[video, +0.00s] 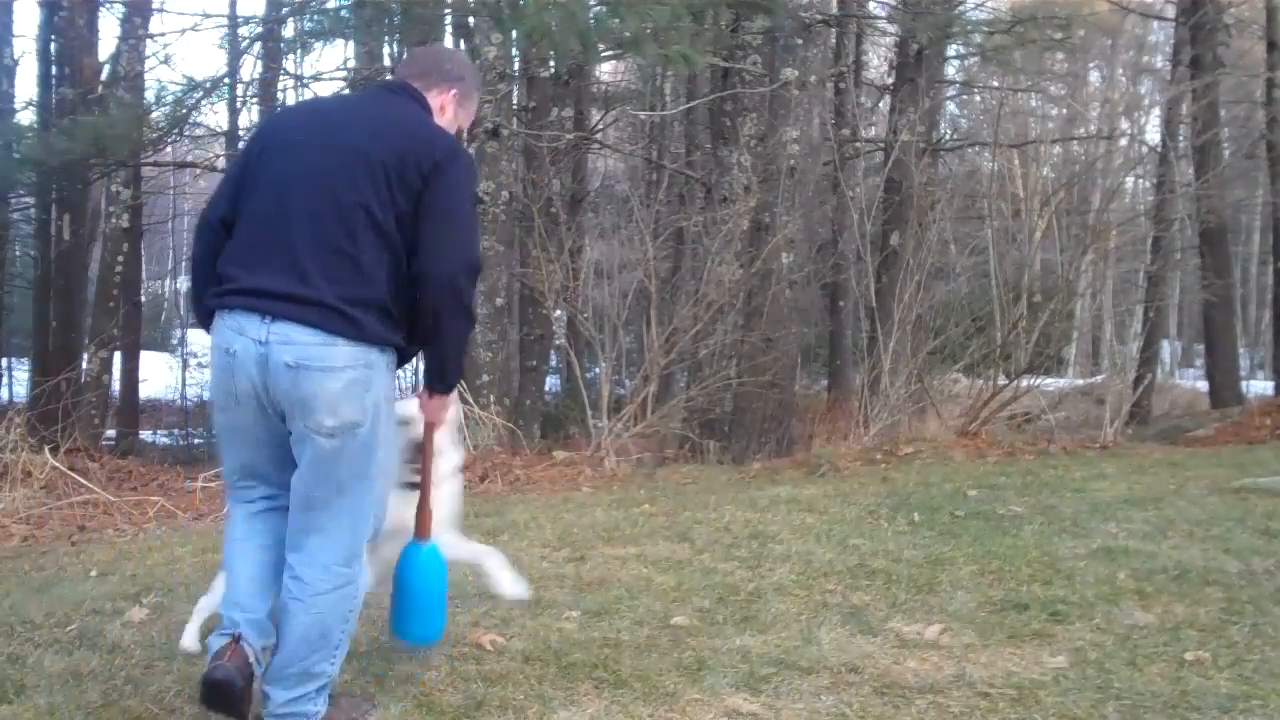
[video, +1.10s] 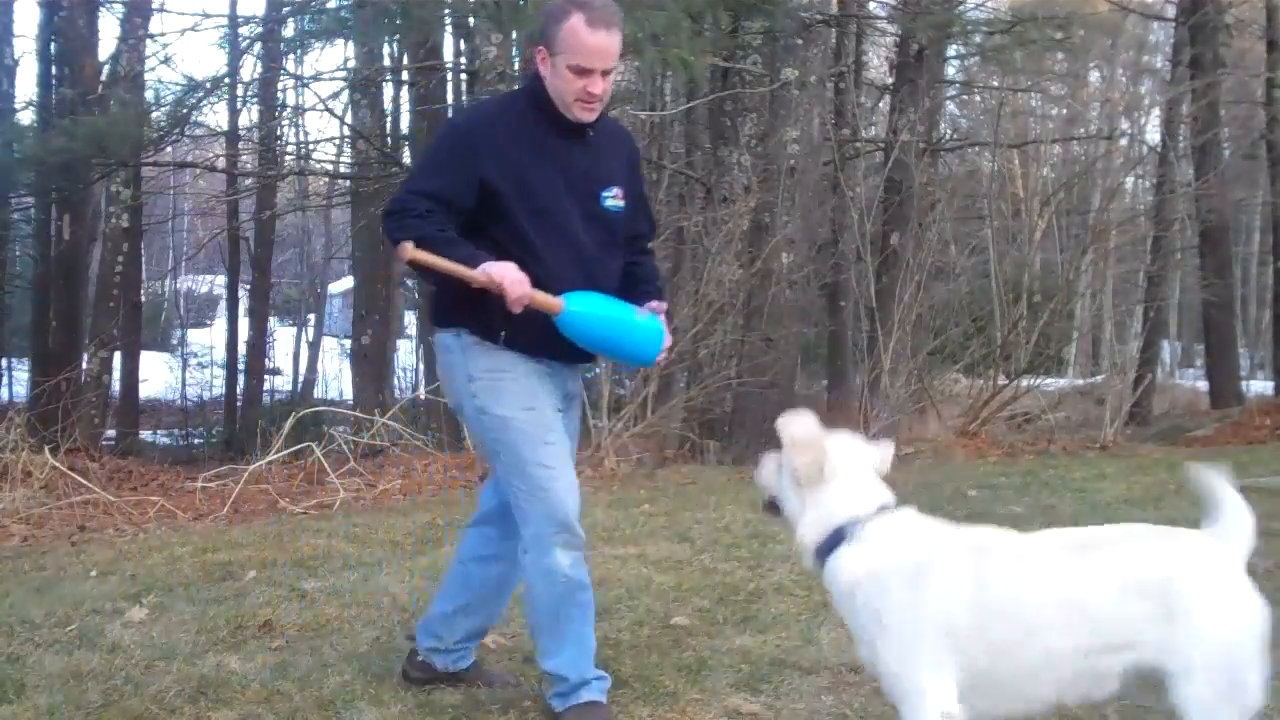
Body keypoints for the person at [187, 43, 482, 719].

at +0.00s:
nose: (460, 138)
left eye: (465, 126)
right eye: (465, 123)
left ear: (396, 83)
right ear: (445, 99)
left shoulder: (288, 119)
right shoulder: (439, 152)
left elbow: (213, 225)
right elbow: (447, 271)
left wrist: (218, 317)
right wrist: (441, 385)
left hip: (238, 340)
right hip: (338, 355)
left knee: (254, 498)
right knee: (328, 538)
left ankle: (239, 639)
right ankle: (296, 706)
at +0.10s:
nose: (469, 131)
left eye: (475, 122)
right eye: (473, 118)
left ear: (414, 78)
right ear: (453, 89)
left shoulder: (321, 114)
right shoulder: (436, 129)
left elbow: (247, 221)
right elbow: (444, 227)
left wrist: (261, 301)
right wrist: (450, 329)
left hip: (247, 335)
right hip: (333, 348)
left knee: (287, 500)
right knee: (335, 535)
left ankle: (263, 650)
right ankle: (297, 701)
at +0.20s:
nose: (478, 133)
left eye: (487, 123)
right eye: (486, 118)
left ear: (431, 75)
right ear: (465, 84)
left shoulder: (363, 110)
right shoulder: (430, 112)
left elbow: (347, 234)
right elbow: (429, 176)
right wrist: (446, 275)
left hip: (267, 332)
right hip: (334, 341)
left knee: (329, 510)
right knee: (337, 533)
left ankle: (354, 653)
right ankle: (293, 701)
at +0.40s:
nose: (516, 134)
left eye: (525, 125)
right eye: (520, 117)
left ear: (487, 89)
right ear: (490, 85)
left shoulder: (443, 133)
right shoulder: (431, 117)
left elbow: (437, 249)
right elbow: (393, 203)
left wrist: (449, 330)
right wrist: (427, 306)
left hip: (389, 346)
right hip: (350, 342)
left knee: (424, 504)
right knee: (358, 528)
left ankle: (429, 655)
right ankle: (295, 700)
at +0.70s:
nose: (568, 107)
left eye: (577, 97)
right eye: (563, 88)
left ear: (570, 94)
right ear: (520, 65)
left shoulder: (524, 153)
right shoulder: (452, 113)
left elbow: (510, 259)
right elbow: (375, 186)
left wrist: (538, 331)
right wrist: (435, 280)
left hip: (450, 336)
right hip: (395, 324)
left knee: (475, 486)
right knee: (474, 483)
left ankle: (441, 645)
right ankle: (398, 640)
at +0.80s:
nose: (574, 98)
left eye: (585, 87)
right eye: (565, 80)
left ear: (589, 86)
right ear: (525, 60)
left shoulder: (550, 156)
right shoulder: (457, 113)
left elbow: (547, 256)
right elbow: (376, 186)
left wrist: (562, 331)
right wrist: (438, 274)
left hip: (485, 338)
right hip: (414, 326)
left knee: (457, 489)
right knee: (496, 476)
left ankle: (428, 652)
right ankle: (478, 660)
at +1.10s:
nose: (594, 87)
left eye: (606, 73)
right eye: (580, 71)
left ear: (618, 68)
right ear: (541, 61)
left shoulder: (616, 146)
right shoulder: (482, 129)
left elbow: (633, 247)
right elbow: (407, 217)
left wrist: (647, 303)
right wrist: (479, 265)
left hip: (567, 356)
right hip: (486, 349)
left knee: (513, 508)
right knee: (554, 506)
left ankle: (440, 653)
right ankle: (578, 691)